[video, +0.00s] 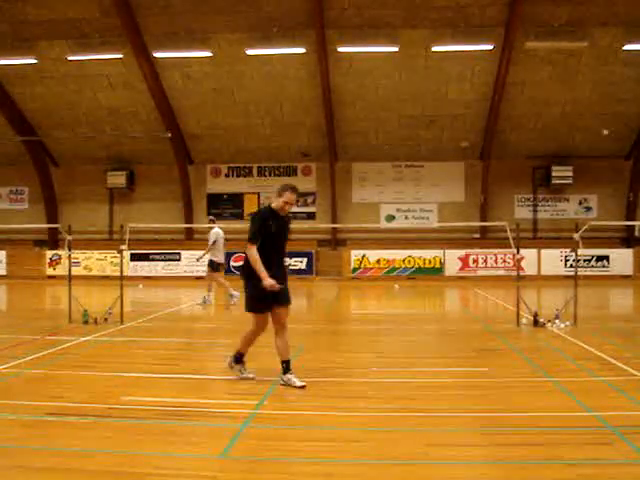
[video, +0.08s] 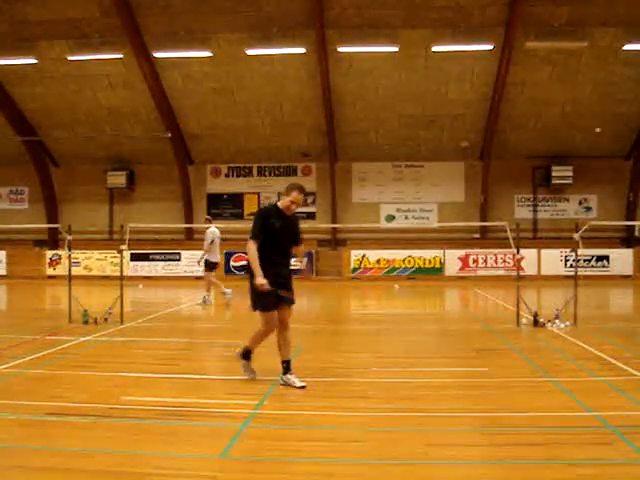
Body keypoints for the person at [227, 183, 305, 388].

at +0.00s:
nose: (288, 207)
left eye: (291, 204)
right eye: (286, 202)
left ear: (293, 204)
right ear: (276, 198)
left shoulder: (284, 220)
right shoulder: (261, 217)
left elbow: (278, 250)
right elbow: (251, 249)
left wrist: (280, 276)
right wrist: (265, 277)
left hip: (278, 275)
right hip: (257, 276)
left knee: (281, 324)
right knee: (260, 324)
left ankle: (286, 371)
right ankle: (237, 359)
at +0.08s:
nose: (293, 207)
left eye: (297, 204)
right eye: (292, 202)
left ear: (300, 204)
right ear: (284, 196)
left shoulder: (292, 220)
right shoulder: (265, 214)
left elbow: (296, 248)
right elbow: (252, 245)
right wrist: (258, 275)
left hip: (283, 274)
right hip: (264, 275)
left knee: (284, 322)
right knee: (269, 325)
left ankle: (286, 371)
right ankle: (245, 353)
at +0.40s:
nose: (301, 199)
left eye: (304, 196)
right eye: (297, 195)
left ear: (309, 194)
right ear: (290, 193)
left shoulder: (315, 214)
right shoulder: (277, 213)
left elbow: (334, 236)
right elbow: (258, 244)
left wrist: (354, 241)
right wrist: (242, 272)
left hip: (303, 276)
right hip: (281, 275)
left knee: (295, 324)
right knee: (290, 322)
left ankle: (288, 371)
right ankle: (291, 375)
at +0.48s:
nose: (302, 200)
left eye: (305, 195)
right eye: (297, 196)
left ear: (310, 194)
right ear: (290, 195)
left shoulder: (319, 214)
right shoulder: (280, 216)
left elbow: (335, 237)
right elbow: (262, 247)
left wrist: (343, 237)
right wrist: (248, 276)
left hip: (310, 277)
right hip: (287, 277)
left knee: (299, 327)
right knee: (295, 327)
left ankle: (289, 370)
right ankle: (304, 379)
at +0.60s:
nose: (300, 200)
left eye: (303, 195)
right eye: (296, 196)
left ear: (308, 192)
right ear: (289, 196)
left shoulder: (322, 212)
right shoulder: (283, 218)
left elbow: (341, 236)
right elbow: (271, 251)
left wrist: (341, 249)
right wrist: (262, 281)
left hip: (317, 278)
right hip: (294, 279)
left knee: (311, 330)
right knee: (302, 331)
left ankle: (293, 366)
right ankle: (310, 384)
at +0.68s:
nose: (300, 198)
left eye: (302, 193)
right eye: (295, 195)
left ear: (308, 189)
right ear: (289, 195)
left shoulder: (324, 209)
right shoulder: (285, 216)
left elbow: (338, 238)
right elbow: (276, 251)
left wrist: (338, 261)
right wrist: (270, 282)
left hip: (321, 276)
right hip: (297, 277)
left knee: (320, 331)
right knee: (303, 332)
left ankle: (301, 356)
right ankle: (310, 385)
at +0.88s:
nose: (304, 194)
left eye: (306, 188)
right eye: (299, 190)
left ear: (314, 184)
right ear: (293, 191)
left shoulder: (331, 207)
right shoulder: (289, 211)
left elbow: (340, 243)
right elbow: (282, 249)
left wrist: (344, 273)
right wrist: (280, 283)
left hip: (329, 277)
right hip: (302, 279)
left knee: (338, 328)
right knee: (307, 333)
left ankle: (325, 367)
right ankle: (310, 385)